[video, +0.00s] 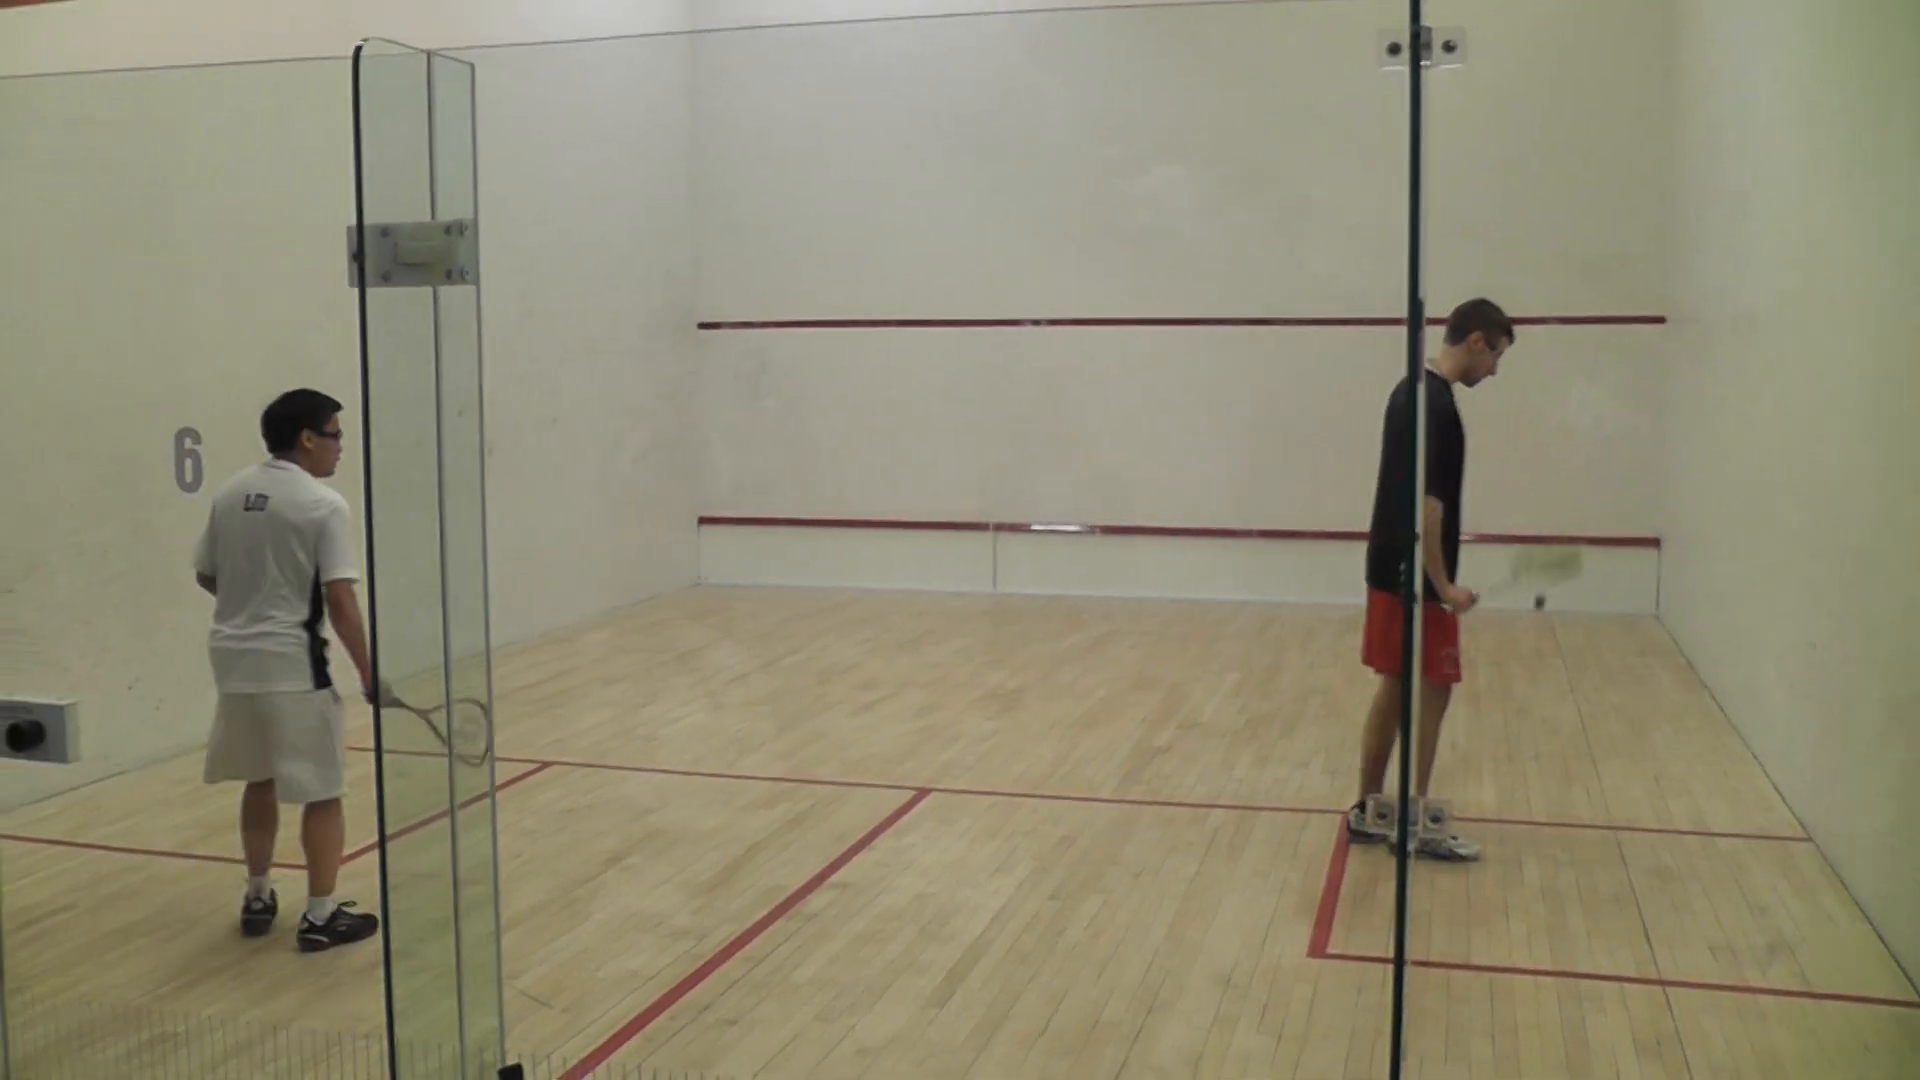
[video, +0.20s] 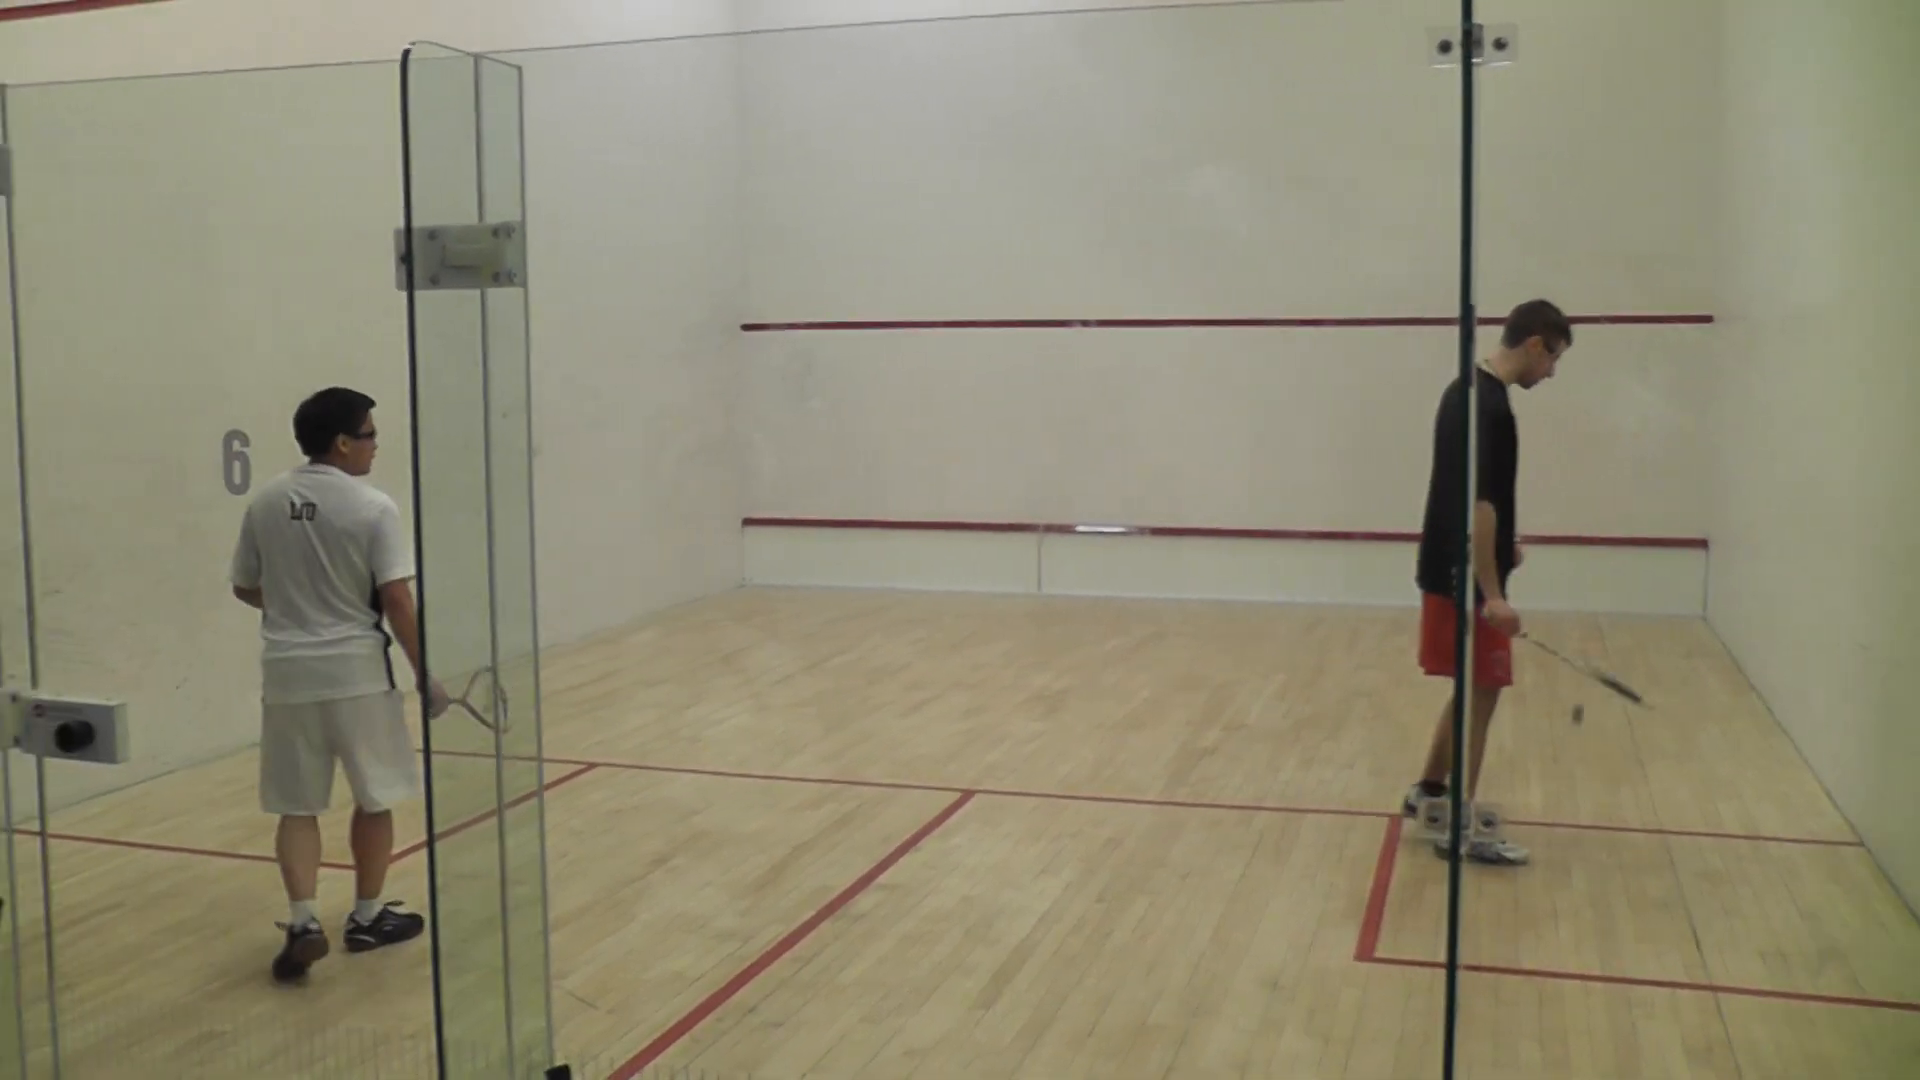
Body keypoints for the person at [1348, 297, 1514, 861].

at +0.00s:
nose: (1494, 370)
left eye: (1498, 358)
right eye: (1495, 356)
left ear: (1459, 340)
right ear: (1473, 342)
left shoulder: (1411, 393)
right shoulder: (1435, 404)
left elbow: (1408, 497)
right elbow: (1429, 505)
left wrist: (1430, 575)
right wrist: (1442, 583)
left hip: (1394, 569)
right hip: (1419, 577)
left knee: (1394, 685)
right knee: (1433, 690)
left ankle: (1370, 807)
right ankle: (1413, 819)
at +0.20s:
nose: (1551, 372)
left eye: (1556, 361)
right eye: (1552, 358)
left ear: (1518, 342)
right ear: (1531, 345)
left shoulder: (1469, 392)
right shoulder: (1486, 404)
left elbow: (1468, 493)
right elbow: (1480, 504)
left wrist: (1500, 545)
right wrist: (1491, 594)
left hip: (1458, 571)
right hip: (1467, 579)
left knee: (1474, 686)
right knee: (1483, 691)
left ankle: (1432, 792)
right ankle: (1457, 821)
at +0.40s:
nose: (1583, 371)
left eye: (1587, 360)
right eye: (1582, 358)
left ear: (1554, 346)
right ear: (1556, 346)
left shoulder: (1519, 401)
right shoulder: (1507, 404)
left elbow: (1521, 495)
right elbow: (1494, 506)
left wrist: (1578, 506)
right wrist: (1526, 584)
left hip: (1505, 583)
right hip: (1497, 586)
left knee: (1502, 694)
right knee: (1505, 699)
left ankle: (1477, 808)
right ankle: (1486, 832)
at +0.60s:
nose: (1563, 354)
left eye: (1574, 347)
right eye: (1556, 341)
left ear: (1583, 355)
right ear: (1538, 339)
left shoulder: (1556, 415)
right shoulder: (1509, 409)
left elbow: (1561, 494)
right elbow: (1500, 498)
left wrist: (1599, 506)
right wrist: (1541, 562)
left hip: (1531, 577)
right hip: (1509, 578)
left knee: (1509, 692)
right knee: (1531, 695)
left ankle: (1493, 813)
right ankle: (1510, 825)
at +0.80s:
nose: (1547, 353)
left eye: (1559, 343)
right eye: (1542, 341)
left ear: (1583, 348)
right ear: (1536, 344)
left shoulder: (1588, 415)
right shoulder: (1518, 415)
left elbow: (1586, 492)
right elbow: (1502, 500)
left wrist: (1605, 532)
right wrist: (1554, 560)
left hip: (1555, 579)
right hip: (1522, 580)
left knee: (1530, 697)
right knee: (1544, 700)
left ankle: (1513, 817)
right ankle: (1528, 827)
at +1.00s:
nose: (1559, 352)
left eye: (1570, 342)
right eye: (1552, 341)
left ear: (1593, 347)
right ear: (1543, 344)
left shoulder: (1596, 410)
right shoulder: (1531, 414)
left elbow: (1596, 487)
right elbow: (1522, 503)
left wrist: (1614, 536)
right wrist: (1588, 553)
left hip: (1568, 576)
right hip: (1539, 579)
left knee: (1541, 696)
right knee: (1559, 700)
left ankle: (1524, 817)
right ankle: (1545, 831)